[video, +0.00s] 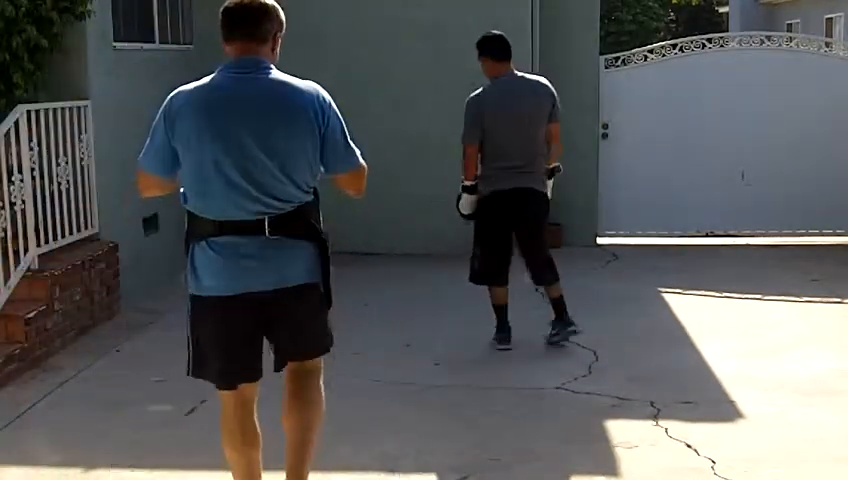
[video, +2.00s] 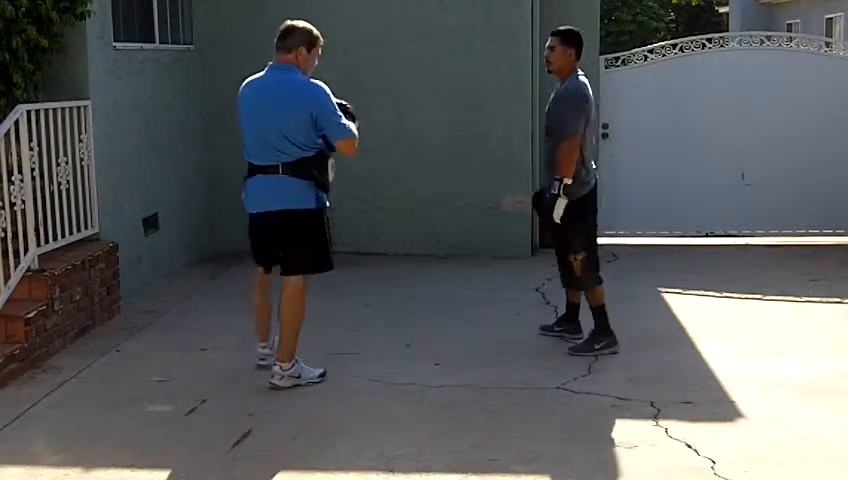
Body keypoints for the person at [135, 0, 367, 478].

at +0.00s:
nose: (281, 47)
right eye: (281, 41)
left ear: (224, 42)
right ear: (277, 42)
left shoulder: (183, 102)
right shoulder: (310, 99)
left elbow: (151, 184)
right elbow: (355, 181)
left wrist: (203, 168)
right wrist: (307, 151)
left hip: (219, 280)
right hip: (296, 274)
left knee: (237, 397)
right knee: (304, 367)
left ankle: (248, 477)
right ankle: (297, 474)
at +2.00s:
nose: (317, 62)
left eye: (317, 55)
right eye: (316, 54)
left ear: (280, 50)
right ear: (303, 52)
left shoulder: (248, 88)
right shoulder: (312, 91)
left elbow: (259, 136)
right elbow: (348, 146)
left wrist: (316, 116)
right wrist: (347, 118)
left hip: (258, 195)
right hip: (299, 197)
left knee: (264, 270)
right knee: (294, 279)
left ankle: (264, 347)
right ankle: (285, 365)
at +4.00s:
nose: (345, 52)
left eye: (343, 46)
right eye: (341, 46)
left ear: (313, 50)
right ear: (325, 48)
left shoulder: (294, 82)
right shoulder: (316, 81)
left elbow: (282, 131)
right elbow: (306, 127)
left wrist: (303, 154)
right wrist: (317, 159)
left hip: (306, 190)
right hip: (318, 192)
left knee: (314, 261)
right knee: (319, 262)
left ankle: (318, 329)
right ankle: (305, 344)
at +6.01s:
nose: (332, 53)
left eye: (331, 46)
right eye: (327, 47)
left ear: (309, 52)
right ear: (307, 52)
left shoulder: (316, 84)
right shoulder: (289, 90)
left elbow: (351, 118)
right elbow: (289, 147)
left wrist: (381, 88)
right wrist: (324, 182)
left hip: (326, 186)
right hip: (307, 189)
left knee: (322, 258)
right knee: (314, 260)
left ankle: (320, 330)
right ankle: (304, 345)